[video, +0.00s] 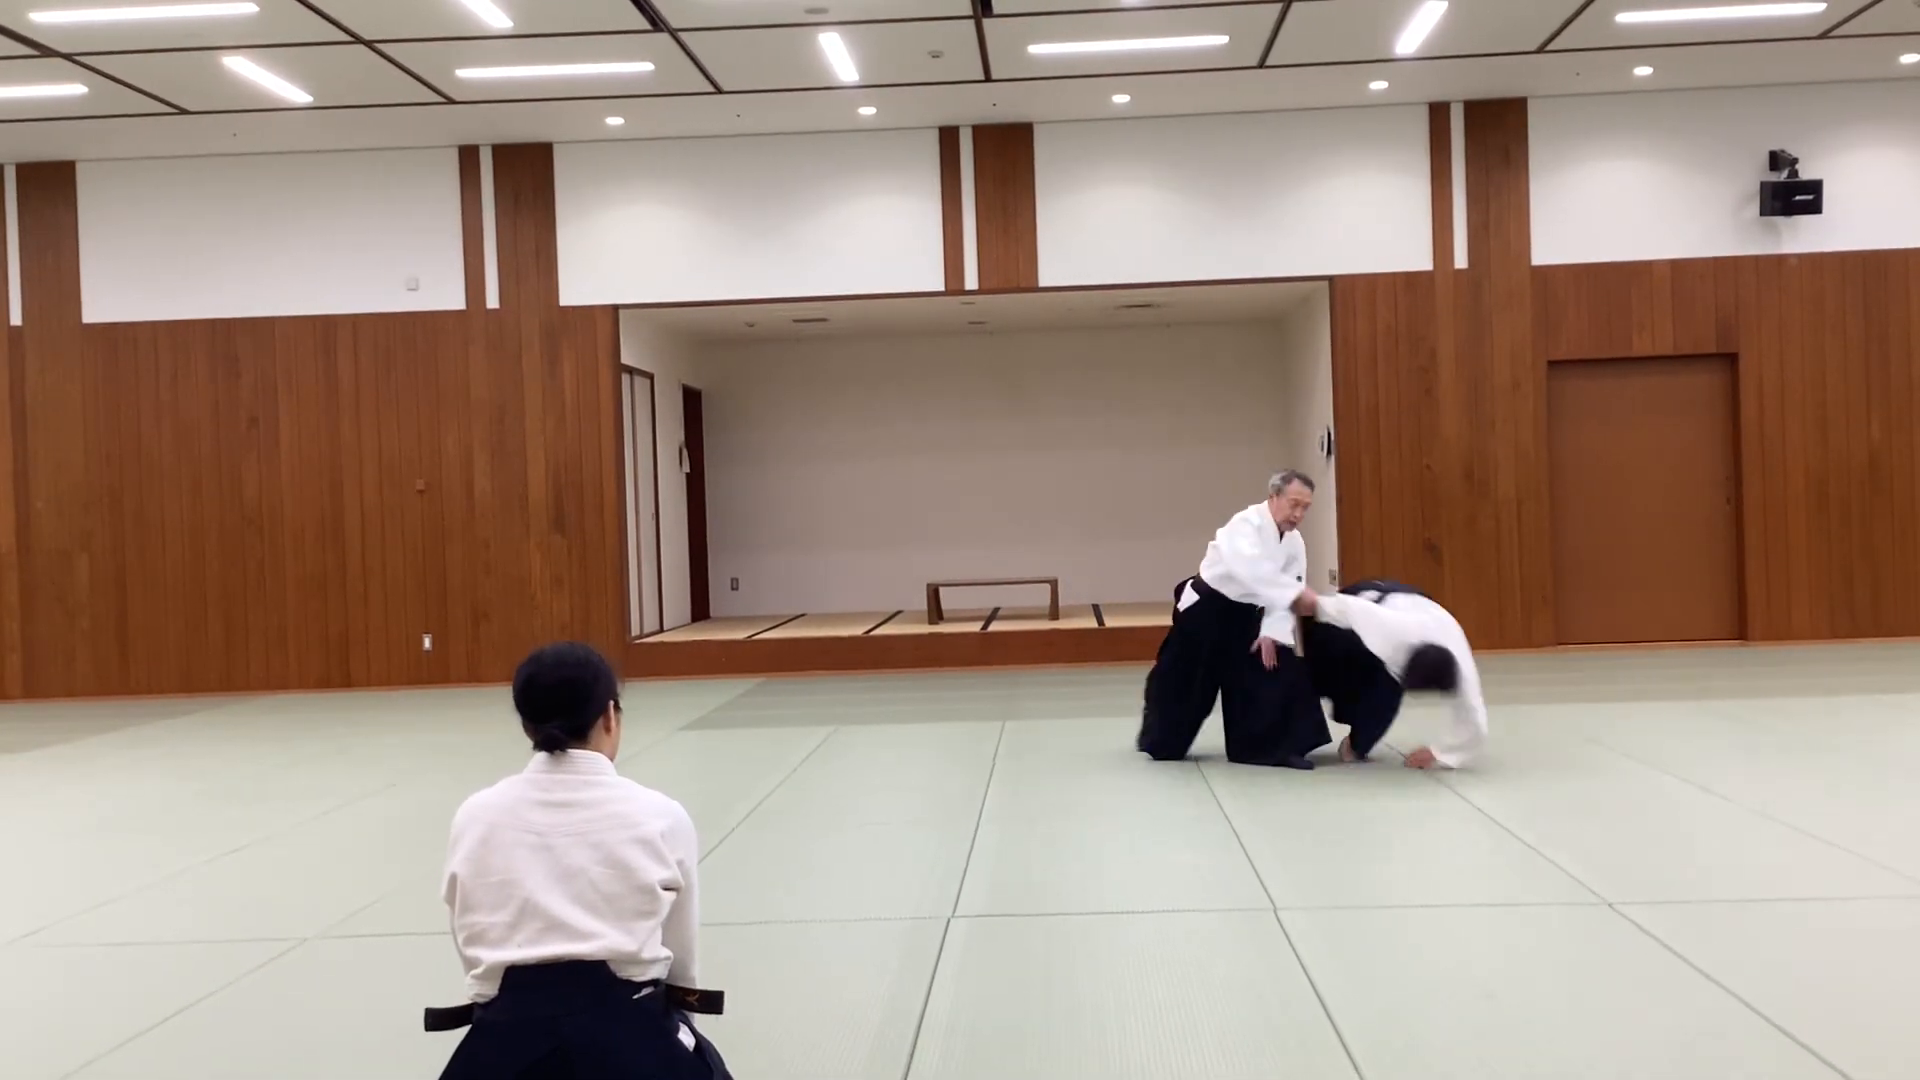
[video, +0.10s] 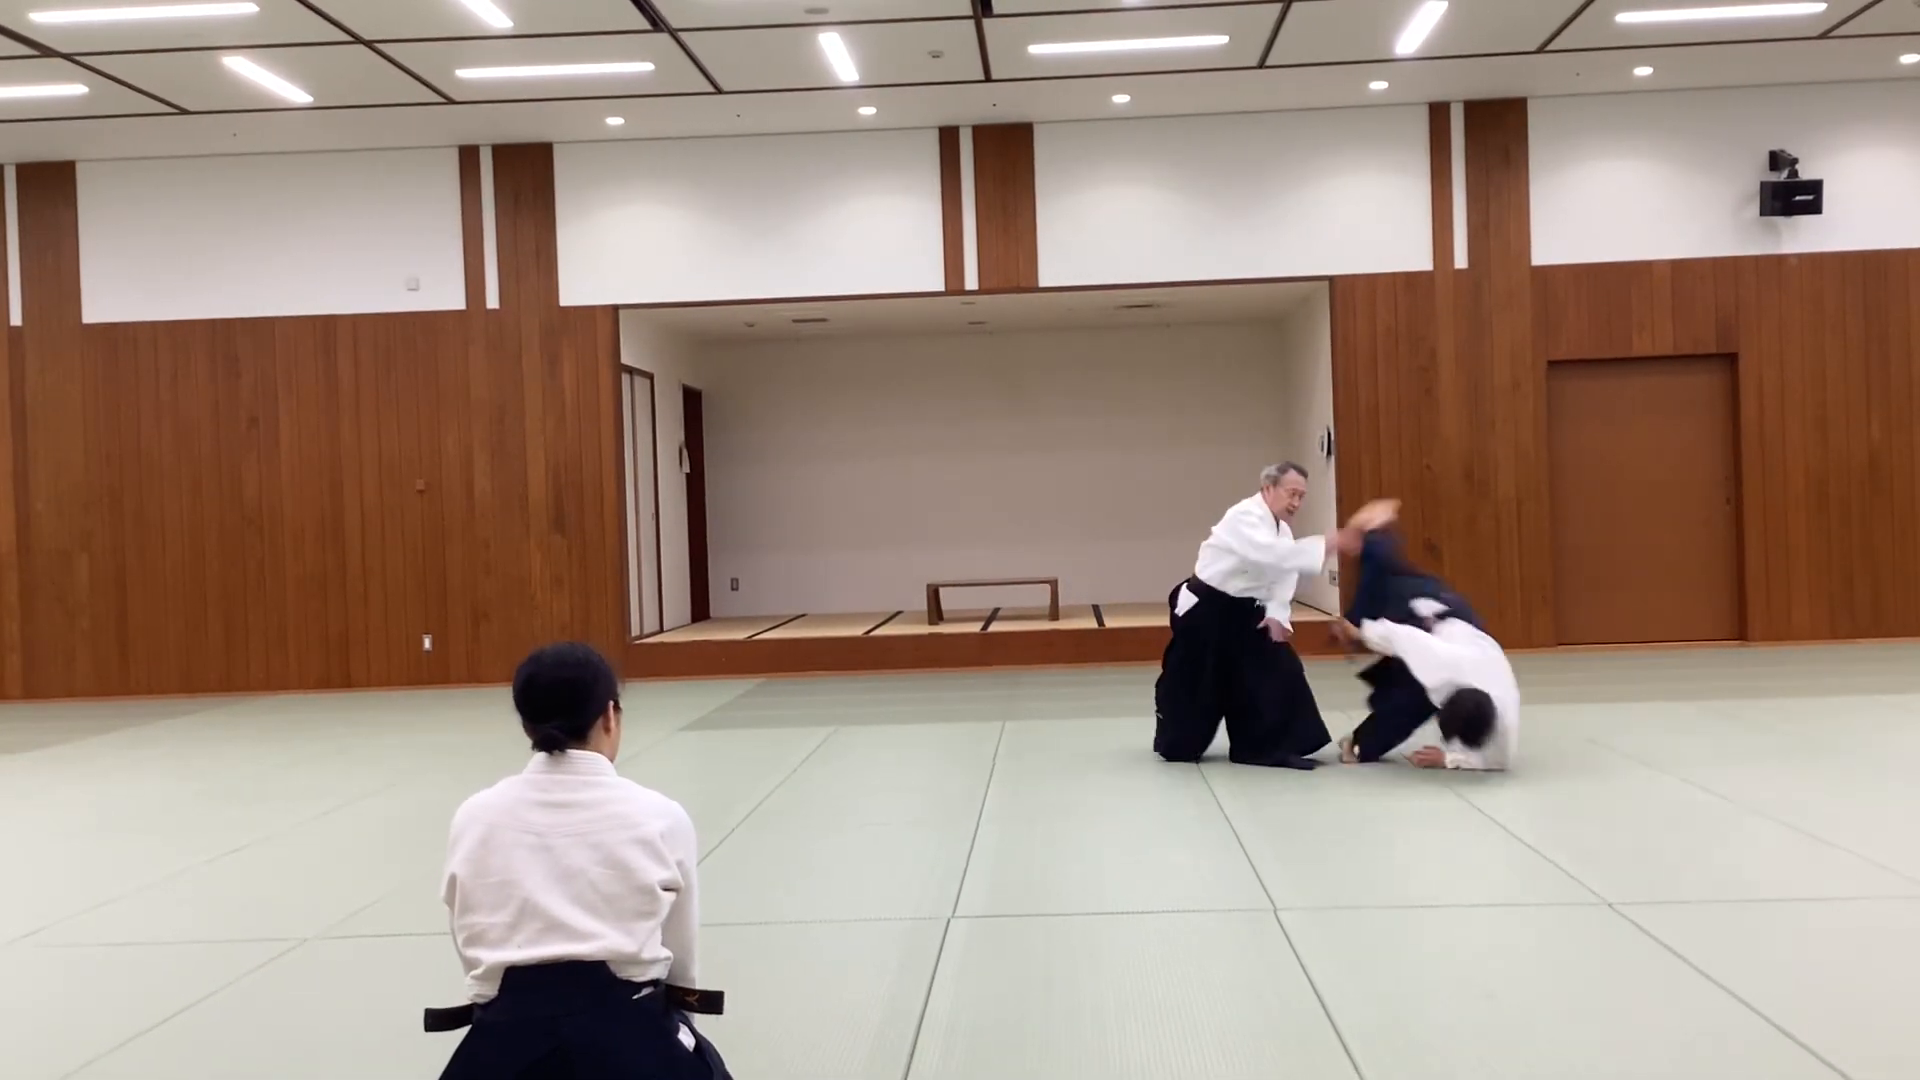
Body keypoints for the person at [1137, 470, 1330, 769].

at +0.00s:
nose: (1299, 514)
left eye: (1305, 508)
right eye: (1295, 505)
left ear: (1308, 508)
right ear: (1274, 498)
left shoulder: (1294, 543)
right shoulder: (1244, 525)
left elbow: (1287, 590)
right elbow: (1248, 571)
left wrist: (1272, 631)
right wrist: (1293, 594)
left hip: (1246, 615)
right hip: (1207, 608)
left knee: (1267, 678)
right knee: (1187, 678)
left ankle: (1265, 748)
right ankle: (1162, 742)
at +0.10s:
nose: (1296, 503)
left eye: (1301, 497)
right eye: (1291, 493)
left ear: (1302, 500)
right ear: (1268, 489)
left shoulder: (1283, 532)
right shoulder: (1242, 516)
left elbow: (1284, 579)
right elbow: (1268, 552)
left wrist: (1278, 613)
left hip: (1246, 612)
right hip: (1205, 607)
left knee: (1277, 673)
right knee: (1196, 681)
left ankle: (1266, 749)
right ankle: (1178, 745)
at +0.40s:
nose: (1259, 474)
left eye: (1261, 467)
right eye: (1254, 466)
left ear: (1236, 467)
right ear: (1231, 465)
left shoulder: (1243, 505)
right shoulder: (1212, 498)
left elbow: (1254, 556)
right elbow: (1252, 530)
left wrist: (1267, 594)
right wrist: (1295, 517)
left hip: (1229, 596)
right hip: (1192, 596)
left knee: (1277, 656)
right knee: (1191, 667)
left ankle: (1278, 739)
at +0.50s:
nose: (1267, 476)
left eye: (1269, 469)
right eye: (1262, 468)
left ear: (1246, 468)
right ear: (1239, 466)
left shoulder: (1247, 508)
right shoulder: (1218, 499)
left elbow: (1259, 564)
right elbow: (1251, 540)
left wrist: (1274, 606)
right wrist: (1298, 537)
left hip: (1232, 597)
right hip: (1195, 597)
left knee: (1286, 658)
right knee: (1198, 667)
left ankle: (1279, 738)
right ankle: (1192, 737)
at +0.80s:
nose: (1315, 481)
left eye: (1317, 474)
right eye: (1311, 473)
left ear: (1290, 472)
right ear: (1288, 471)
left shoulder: (1283, 508)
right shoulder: (1261, 507)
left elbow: (1286, 566)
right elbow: (1267, 567)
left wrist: (1292, 613)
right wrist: (1289, 617)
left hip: (1252, 596)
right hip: (1227, 596)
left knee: (1300, 663)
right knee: (1219, 673)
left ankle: (1285, 739)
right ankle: (1162, 710)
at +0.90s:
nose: (1319, 479)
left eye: (1321, 472)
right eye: (1315, 470)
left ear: (1294, 470)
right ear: (1291, 468)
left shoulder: (1292, 509)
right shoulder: (1258, 505)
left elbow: (1295, 564)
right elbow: (1254, 566)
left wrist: (1301, 610)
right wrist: (1262, 619)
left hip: (1264, 592)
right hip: (1228, 592)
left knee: (1301, 663)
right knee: (1231, 670)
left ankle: (1292, 740)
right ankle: (1174, 715)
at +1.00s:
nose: (1315, 476)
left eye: (1317, 469)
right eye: (1310, 467)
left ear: (1292, 468)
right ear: (1287, 465)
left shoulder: (1295, 505)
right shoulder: (1250, 501)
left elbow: (1297, 558)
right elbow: (1243, 559)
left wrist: (1301, 606)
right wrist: (1247, 611)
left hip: (1262, 589)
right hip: (1225, 588)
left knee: (1296, 659)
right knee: (1243, 666)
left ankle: (1289, 741)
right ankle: (1194, 736)